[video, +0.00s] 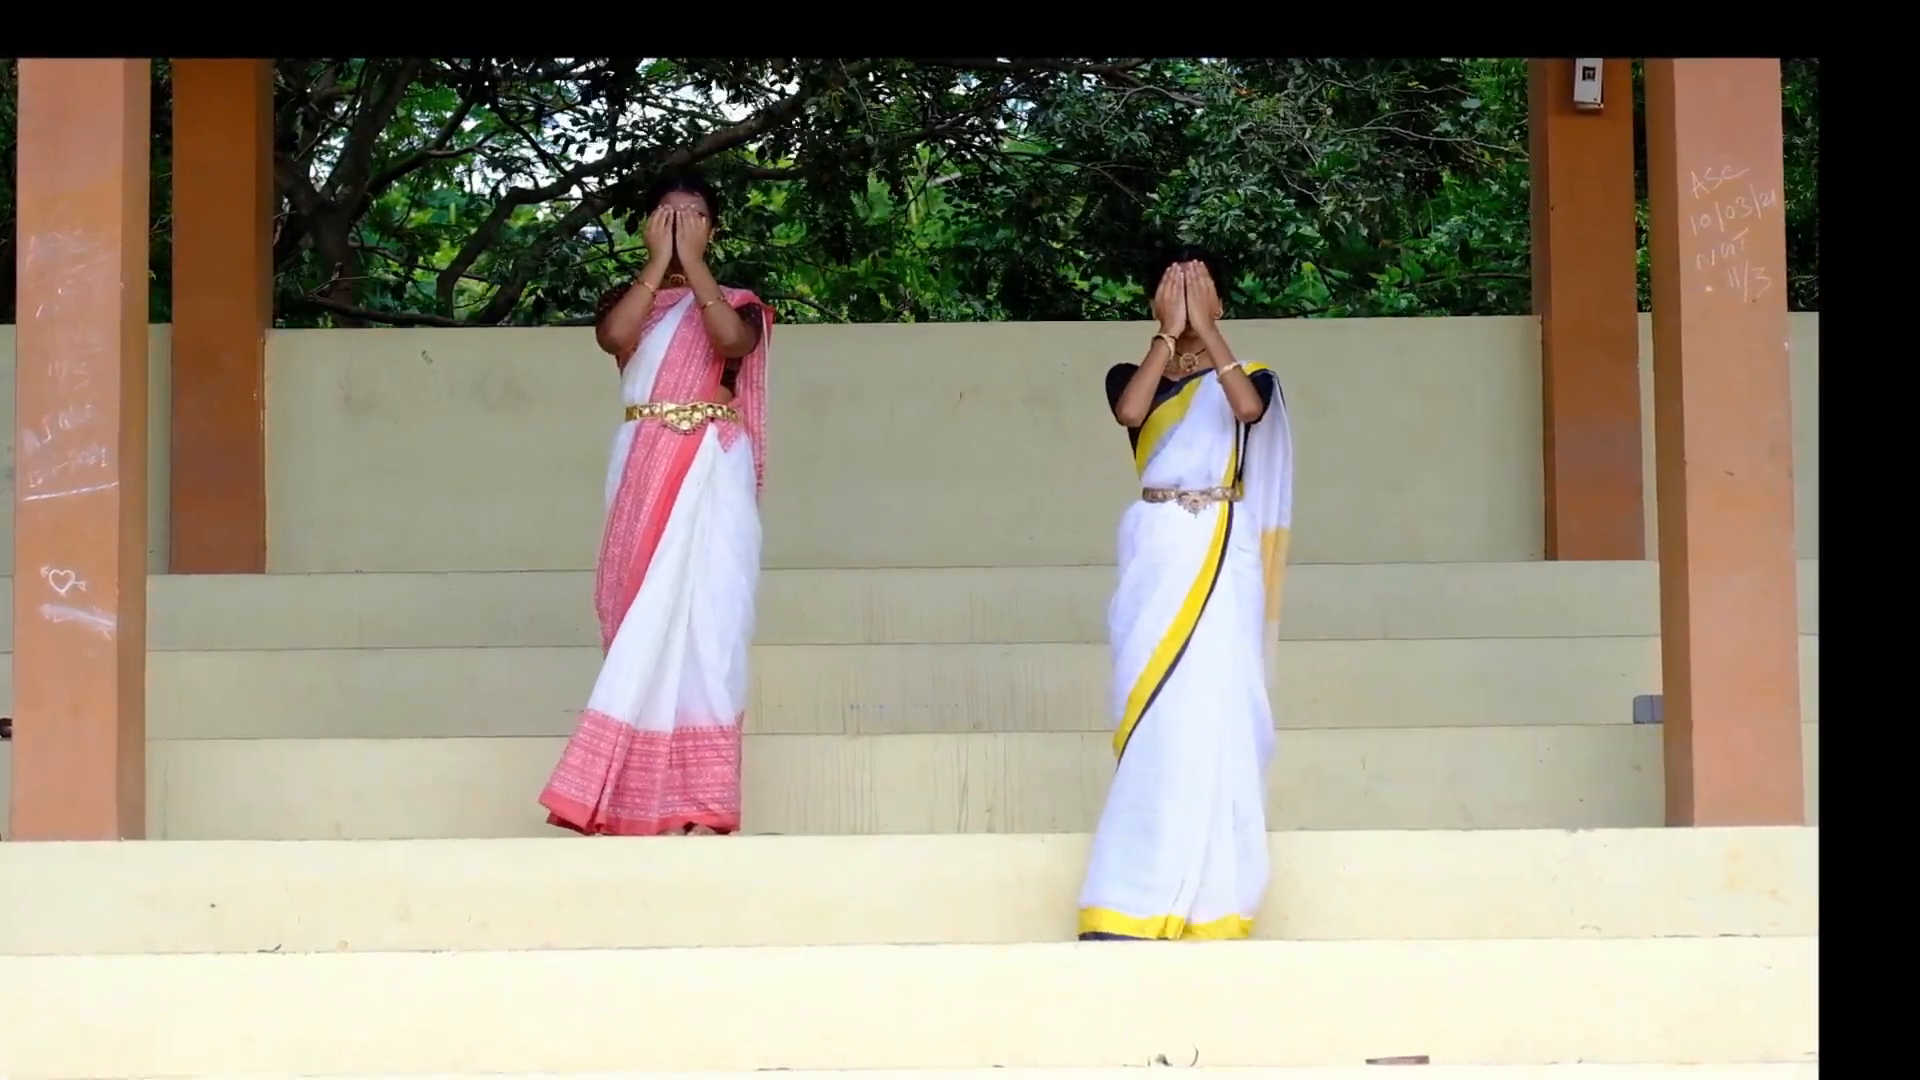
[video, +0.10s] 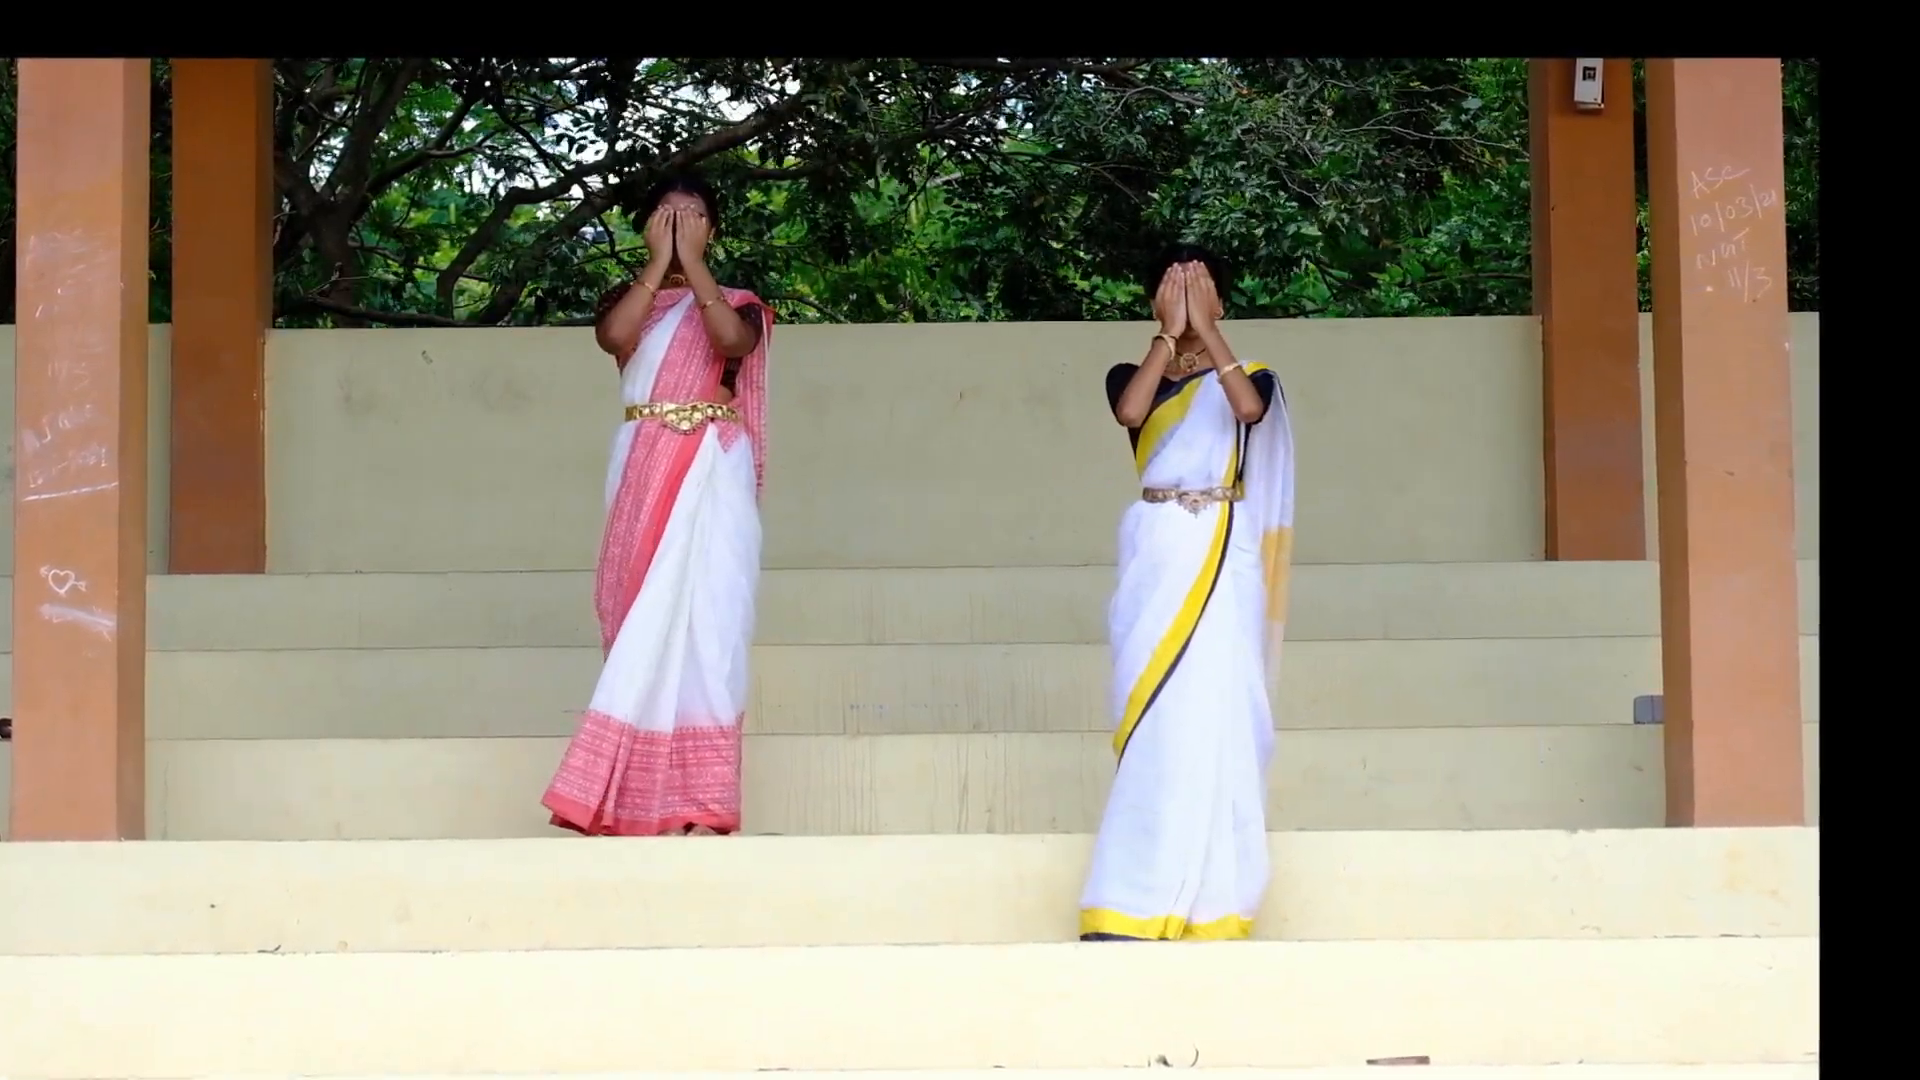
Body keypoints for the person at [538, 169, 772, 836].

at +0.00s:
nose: (679, 227)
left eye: (692, 215)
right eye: (669, 215)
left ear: (713, 229)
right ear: (650, 228)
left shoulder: (741, 304)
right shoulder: (628, 300)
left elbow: (731, 339)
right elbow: (617, 338)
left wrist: (696, 260)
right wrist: (656, 262)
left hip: (713, 477)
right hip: (643, 476)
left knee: (706, 629)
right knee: (639, 626)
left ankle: (702, 805)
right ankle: (630, 803)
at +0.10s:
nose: (678, 229)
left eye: (691, 217)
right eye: (667, 217)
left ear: (713, 230)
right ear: (650, 229)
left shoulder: (740, 304)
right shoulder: (630, 300)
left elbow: (732, 340)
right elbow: (617, 338)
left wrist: (697, 261)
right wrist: (658, 262)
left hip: (713, 479)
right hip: (644, 478)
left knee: (705, 629)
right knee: (640, 627)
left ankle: (703, 803)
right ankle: (631, 801)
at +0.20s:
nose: (676, 226)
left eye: (690, 216)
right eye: (667, 214)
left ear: (712, 229)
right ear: (648, 226)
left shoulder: (739, 304)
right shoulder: (629, 300)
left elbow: (732, 340)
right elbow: (616, 338)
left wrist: (696, 263)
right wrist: (658, 263)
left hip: (714, 479)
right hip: (643, 479)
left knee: (706, 629)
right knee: (640, 627)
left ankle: (703, 804)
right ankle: (631, 801)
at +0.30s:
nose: (675, 228)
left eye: (689, 217)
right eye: (666, 215)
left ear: (712, 229)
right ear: (647, 226)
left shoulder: (739, 304)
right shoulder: (627, 302)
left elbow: (733, 340)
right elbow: (616, 337)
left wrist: (693, 262)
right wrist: (658, 262)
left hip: (713, 479)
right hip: (643, 479)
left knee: (705, 629)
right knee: (638, 627)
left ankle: (702, 804)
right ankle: (633, 802)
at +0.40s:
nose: (675, 227)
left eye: (689, 216)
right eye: (664, 215)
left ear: (712, 228)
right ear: (645, 226)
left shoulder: (739, 304)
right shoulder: (627, 300)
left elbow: (731, 340)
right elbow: (616, 338)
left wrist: (693, 263)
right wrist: (658, 262)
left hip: (713, 480)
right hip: (643, 480)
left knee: (706, 629)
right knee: (638, 626)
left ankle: (703, 804)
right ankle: (632, 800)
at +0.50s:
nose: (674, 227)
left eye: (689, 216)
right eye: (664, 214)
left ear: (712, 227)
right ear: (644, 225)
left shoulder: (738, 305)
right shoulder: (628, 302)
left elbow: (732, 340)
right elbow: (615, 338)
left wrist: (693, 263)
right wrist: (658, 262)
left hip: (713, 478)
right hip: (643, 478)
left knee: (706, 628)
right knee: (639, 625)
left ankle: (703, 804)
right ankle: (635, 800)